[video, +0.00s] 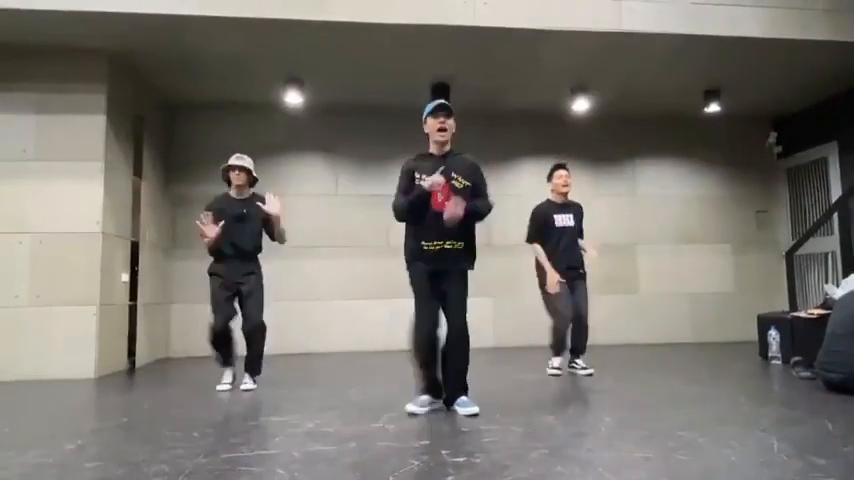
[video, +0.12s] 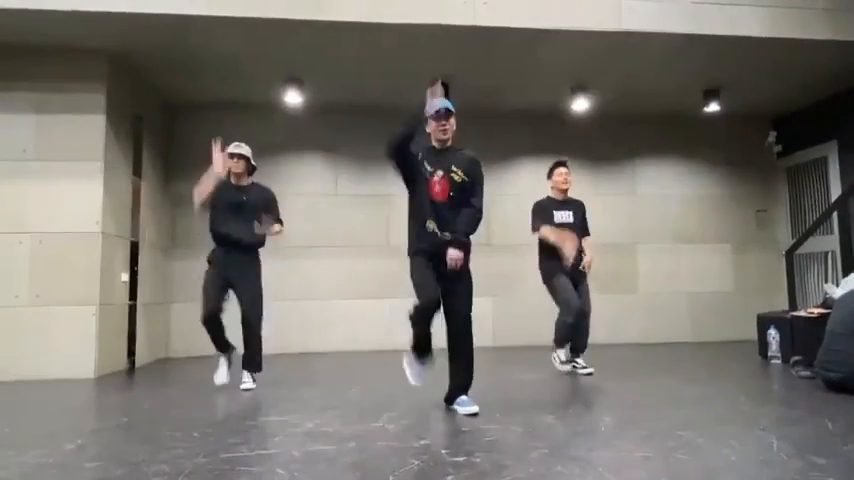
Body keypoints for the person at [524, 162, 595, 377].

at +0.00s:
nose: (565, 180)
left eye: (567, 177)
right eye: (559, 177)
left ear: (571, 182)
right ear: (550, 184)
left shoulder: (576, 208)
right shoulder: (541, 210)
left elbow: (577, 237)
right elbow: (534, 243)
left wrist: (586, 247)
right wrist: (549, 271)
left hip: (576, 271)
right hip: (552, 272)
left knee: (581, 315)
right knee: (563, 315)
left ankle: (576, 358)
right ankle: (556, 356)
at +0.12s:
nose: (565, 178)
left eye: (567, 174)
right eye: (560, 175)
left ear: (571, 179)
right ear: (551, 180)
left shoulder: (577, 205)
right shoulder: (541, 206)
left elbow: (584, 236)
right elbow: (540, 231)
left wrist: (588, 254)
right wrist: (563, 241)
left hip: (576, 265)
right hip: (552, 266)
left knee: (584, 308)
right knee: (571, 305)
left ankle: (576, 356)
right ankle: (560, 349)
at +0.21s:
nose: (563, 175)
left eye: (565, 171)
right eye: (558, 172)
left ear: (570, 176)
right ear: (549, 178)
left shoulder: (579, 202)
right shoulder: (542, 201)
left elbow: (586, 234)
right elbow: (543, 217)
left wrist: (587, 254)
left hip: (574, 262)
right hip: (550, 261)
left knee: (582, 307)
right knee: (567, 296)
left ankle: (576, 357)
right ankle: (559, 330)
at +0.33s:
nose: (563, 173)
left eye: (564, 170)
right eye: (558, 171)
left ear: (568, 174)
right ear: (550, 176)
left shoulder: (580, 201)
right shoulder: (541, 198)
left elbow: (585, 233)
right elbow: (546, 192)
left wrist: (583, 253)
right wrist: (546, 165)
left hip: (571, 258)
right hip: (548, 253)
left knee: (577, 310)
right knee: (549, 274)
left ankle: (574, 356)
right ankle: (550, 302)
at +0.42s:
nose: (562, 173)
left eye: (564, 170)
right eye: (557, 170)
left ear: (567, 175)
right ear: (548, 175)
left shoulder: (579, 200)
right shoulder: (539, 197)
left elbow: (583, 231)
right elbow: (538, 217)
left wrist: (582, 251)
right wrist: (553, 189)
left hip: (569, 258)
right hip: (544, 255)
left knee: (575, 306)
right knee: (536, 284)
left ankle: (574, 354)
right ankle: (540, 316)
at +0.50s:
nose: (562, 172)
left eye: (563, 169)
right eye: (557, 169)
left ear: (567, 174)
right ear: (547, 175)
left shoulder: (577, 202)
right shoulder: (537, 202)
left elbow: (580, 230)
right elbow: (534, 229)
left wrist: (579, 245)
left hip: (569, 261)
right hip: (542, 261)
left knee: (574, 305)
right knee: (530, 301)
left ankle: (574, 354)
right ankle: (531, 341)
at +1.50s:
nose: (552, 171)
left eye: (553, 168)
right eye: (547, 168)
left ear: (554, 172)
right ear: (536, 174)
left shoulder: (559, 193)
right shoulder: (529, 202)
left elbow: (561, 220)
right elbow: (529, 233)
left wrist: (565, 239)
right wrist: (557, 224)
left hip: (559, 260)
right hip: (536, 263)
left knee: (569, 304)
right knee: (527, 306)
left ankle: (577, 350)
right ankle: (513, 350)